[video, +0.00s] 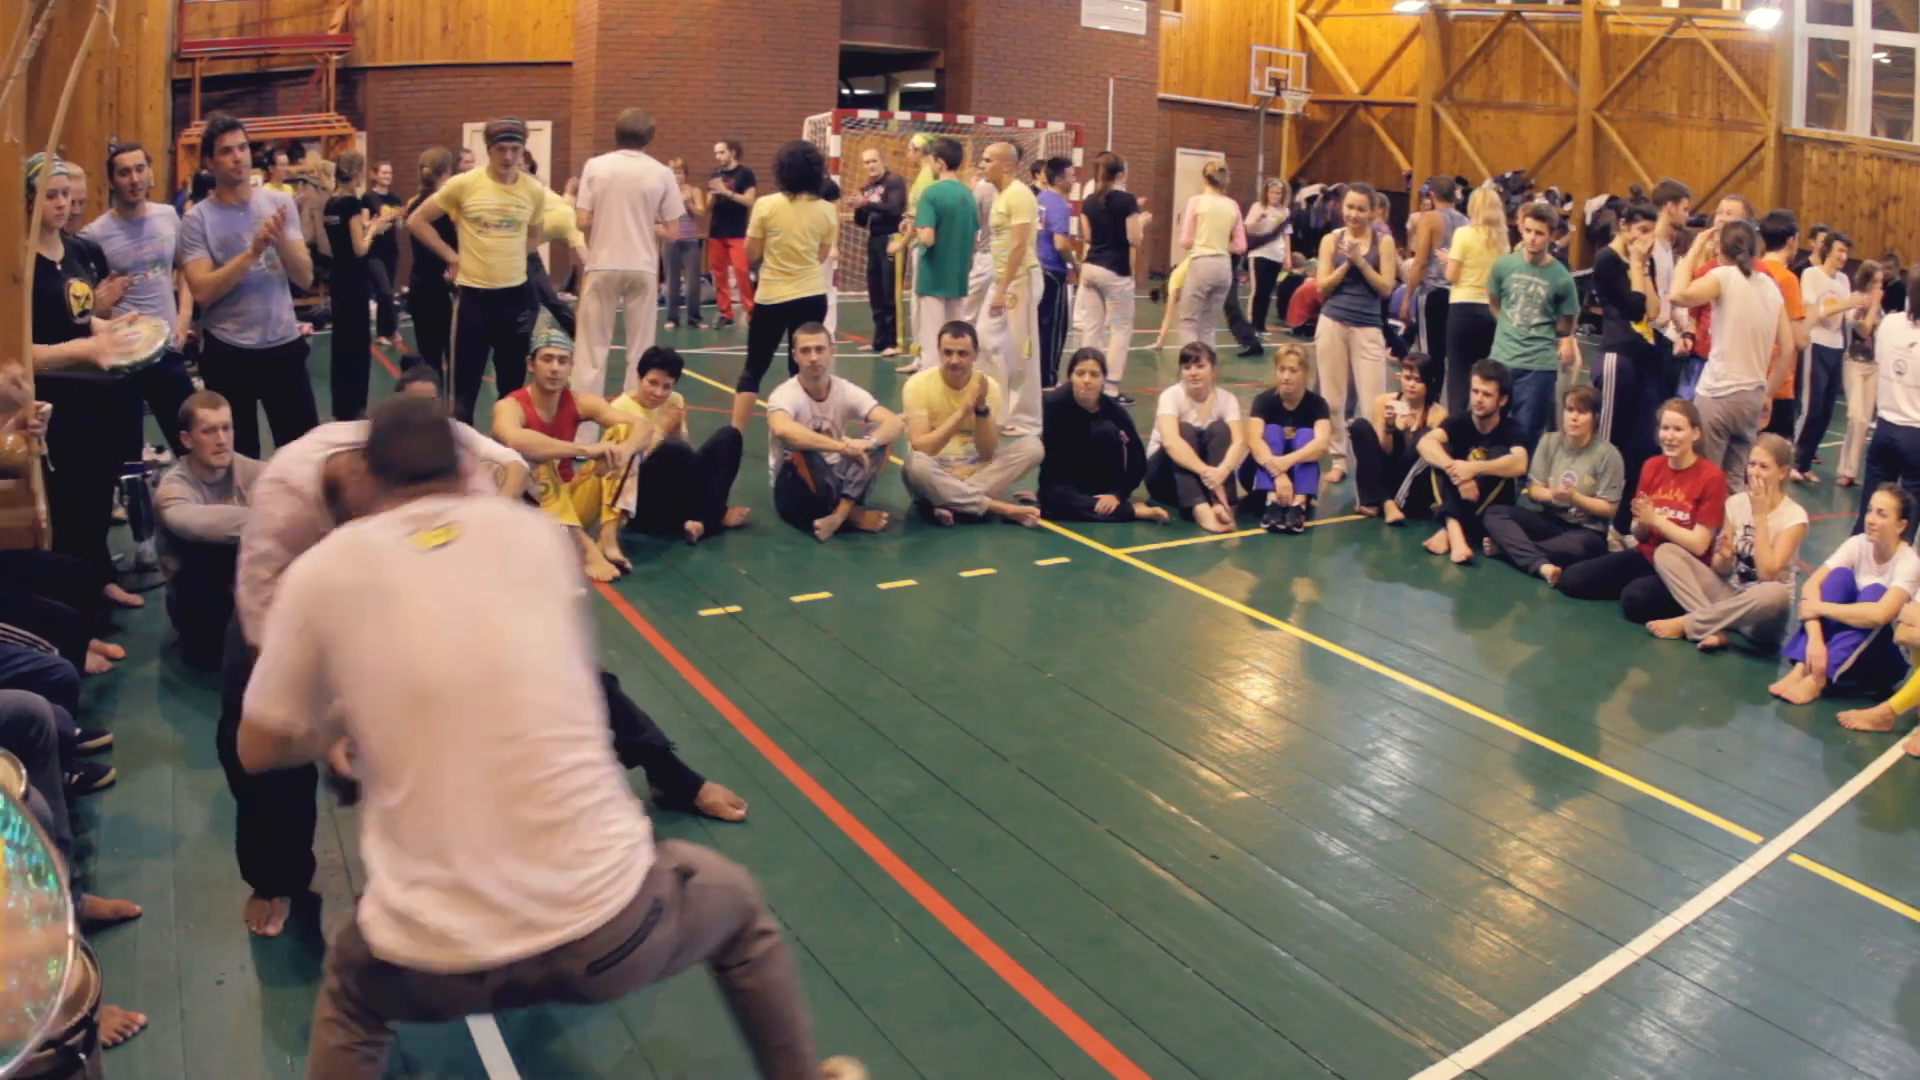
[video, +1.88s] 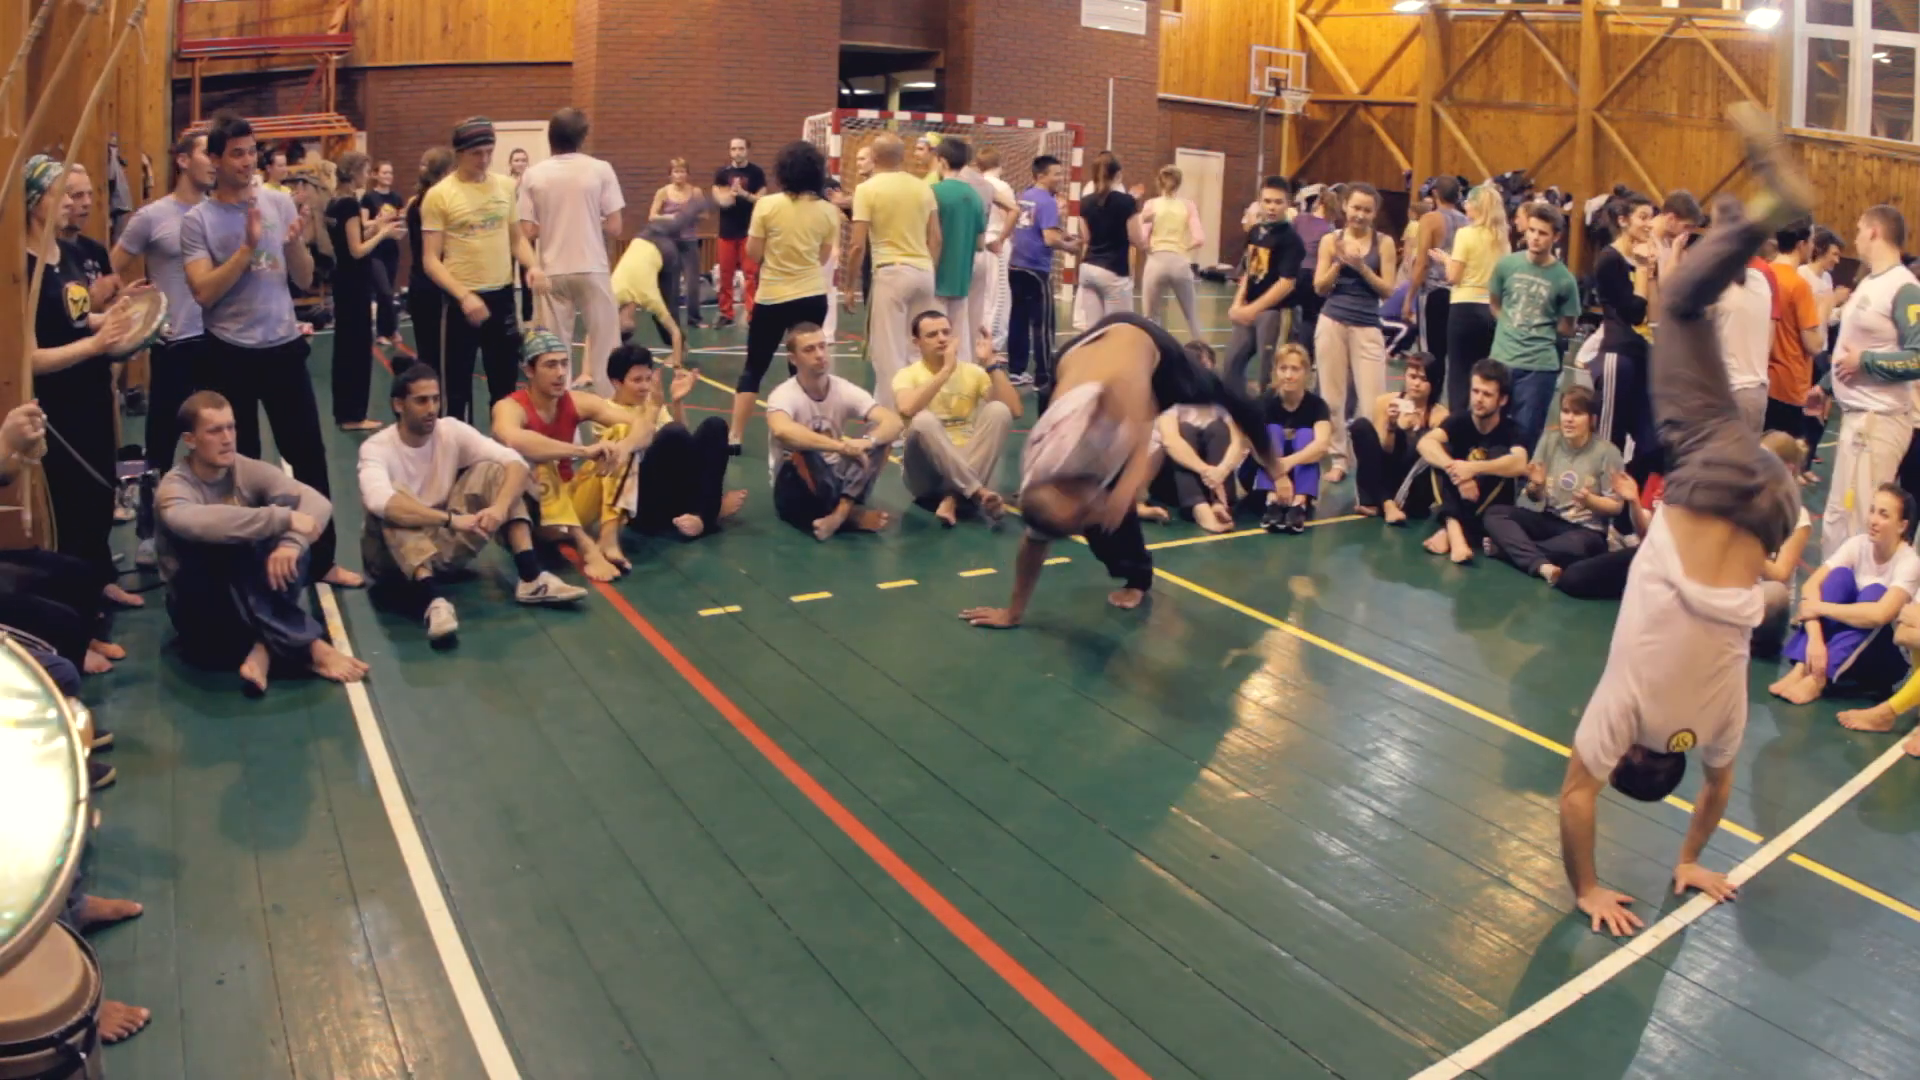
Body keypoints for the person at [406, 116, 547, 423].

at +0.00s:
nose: (508, 156)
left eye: (514, 150)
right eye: (502, 149)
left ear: (522, 152)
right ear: (489, 149)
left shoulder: (534, 190)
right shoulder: (463, 185)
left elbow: (535, 238)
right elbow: (416, 221)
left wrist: (504, 256)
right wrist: (453, 258)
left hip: (516, 295)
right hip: (473, 295)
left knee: (512, 383)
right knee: (465, 383)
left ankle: (512, 454)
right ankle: (458, 450)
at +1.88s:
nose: (484, 159)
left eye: (488, 151)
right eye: (476, 153)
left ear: (494, 151)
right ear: (459, 153)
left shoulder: (505, 187)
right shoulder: (438, 196)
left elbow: (516, 238)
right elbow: (430, 260)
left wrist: (533, 265)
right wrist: (463, 295)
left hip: (501, 297)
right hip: (458, 299)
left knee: (505, 384)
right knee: (456, 386)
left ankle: (507, 453)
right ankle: (456, 451)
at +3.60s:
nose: (495, 203)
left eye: (501, 194)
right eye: (487, 195)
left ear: (508, 191)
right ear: (471, 194)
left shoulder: (524, 220)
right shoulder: (447, 225)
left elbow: (536, 271)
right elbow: (426, 282)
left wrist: (519, 319)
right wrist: (451, 332)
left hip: (504, 314)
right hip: (459, 315)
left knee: (526, 388)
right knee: (448, 395)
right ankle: (448, 456)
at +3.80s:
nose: (497, 249)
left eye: (503, 240)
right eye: (489, 241)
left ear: (510, 237)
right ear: (474, 239)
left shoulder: (524, 263)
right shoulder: (451, 269)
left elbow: (533, 317)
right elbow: (437, 331)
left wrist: (513, 360)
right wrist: (467, 377)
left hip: (505, 348)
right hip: (460, 349)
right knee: (443, 418)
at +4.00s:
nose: (494, 290)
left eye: (500, 281)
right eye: (486, 282)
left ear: (506, 280)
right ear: (470, 282)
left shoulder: (520, 306)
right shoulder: (448, 314)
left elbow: (528, 360)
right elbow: (437, 376)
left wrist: (509, 404)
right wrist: (469, 418)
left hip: (501, 388)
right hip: (458, 390)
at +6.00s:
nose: (483, 317)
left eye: (487, 309)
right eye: (474, 310)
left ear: (491, 309)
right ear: (458, 313)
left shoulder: (504, 340)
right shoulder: (435, 352)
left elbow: (523, 387)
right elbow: (424, 402)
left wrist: (505, 388)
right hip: (450, 428)